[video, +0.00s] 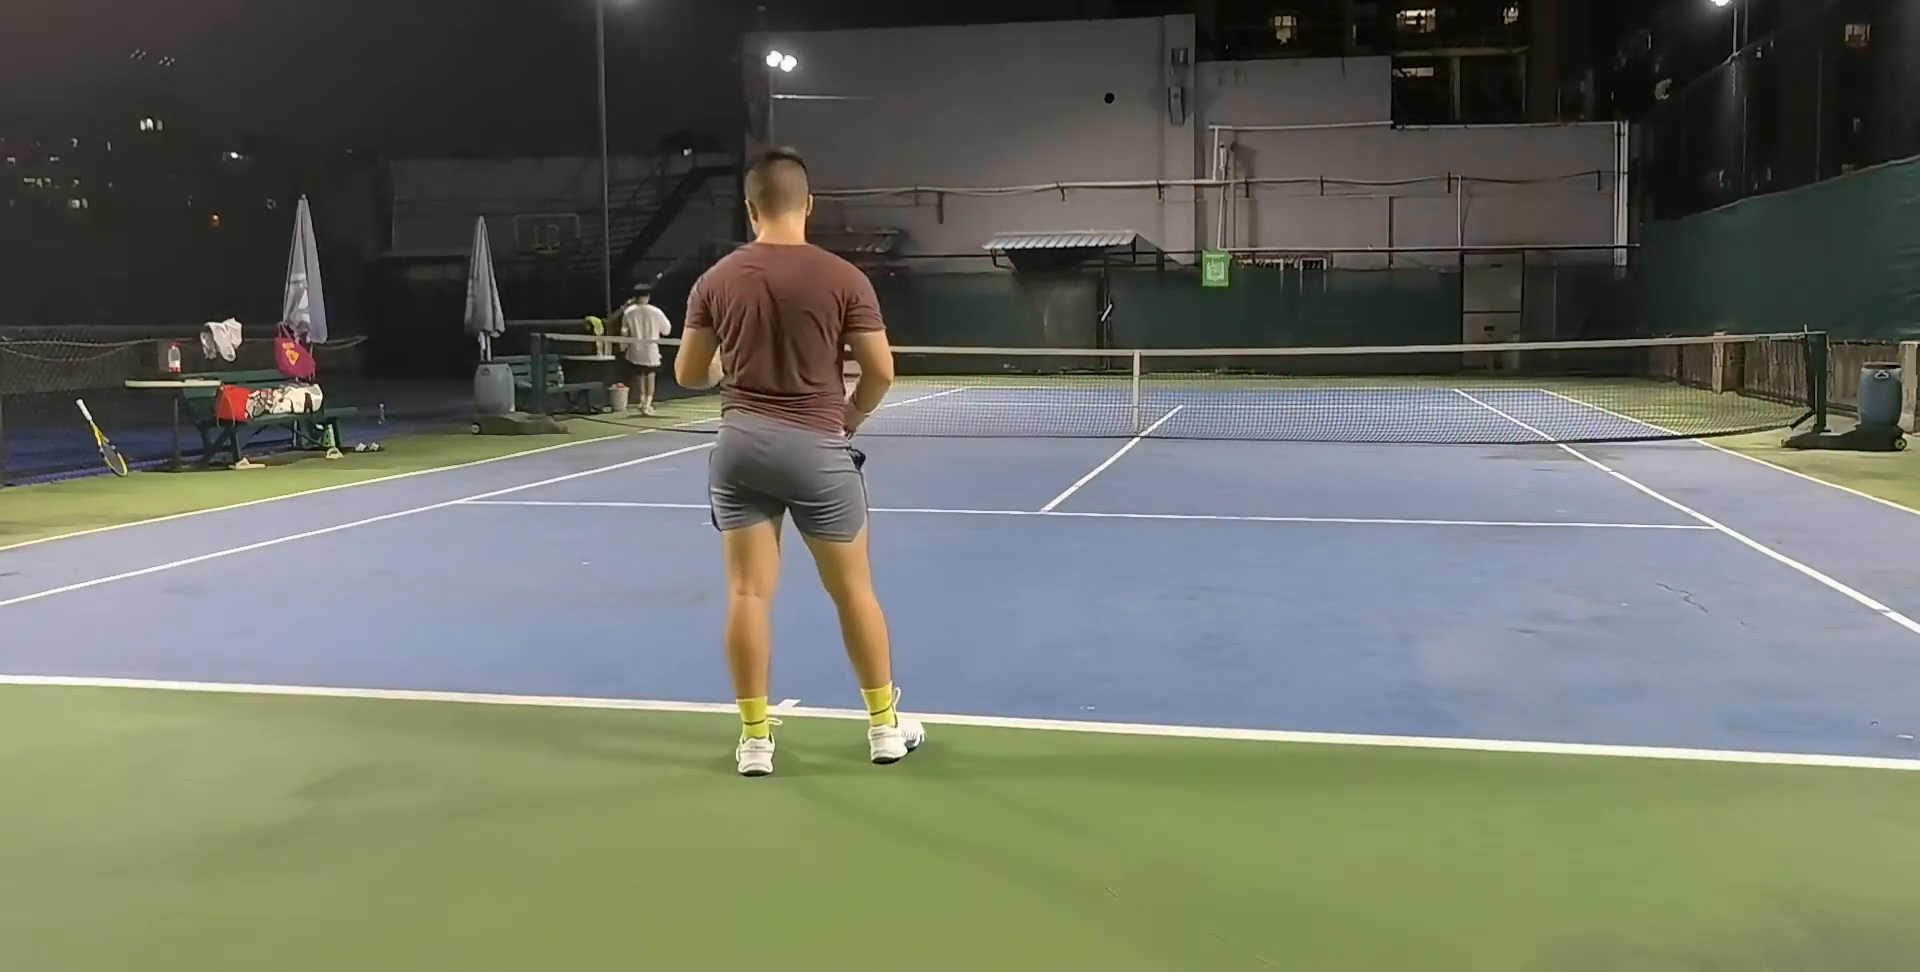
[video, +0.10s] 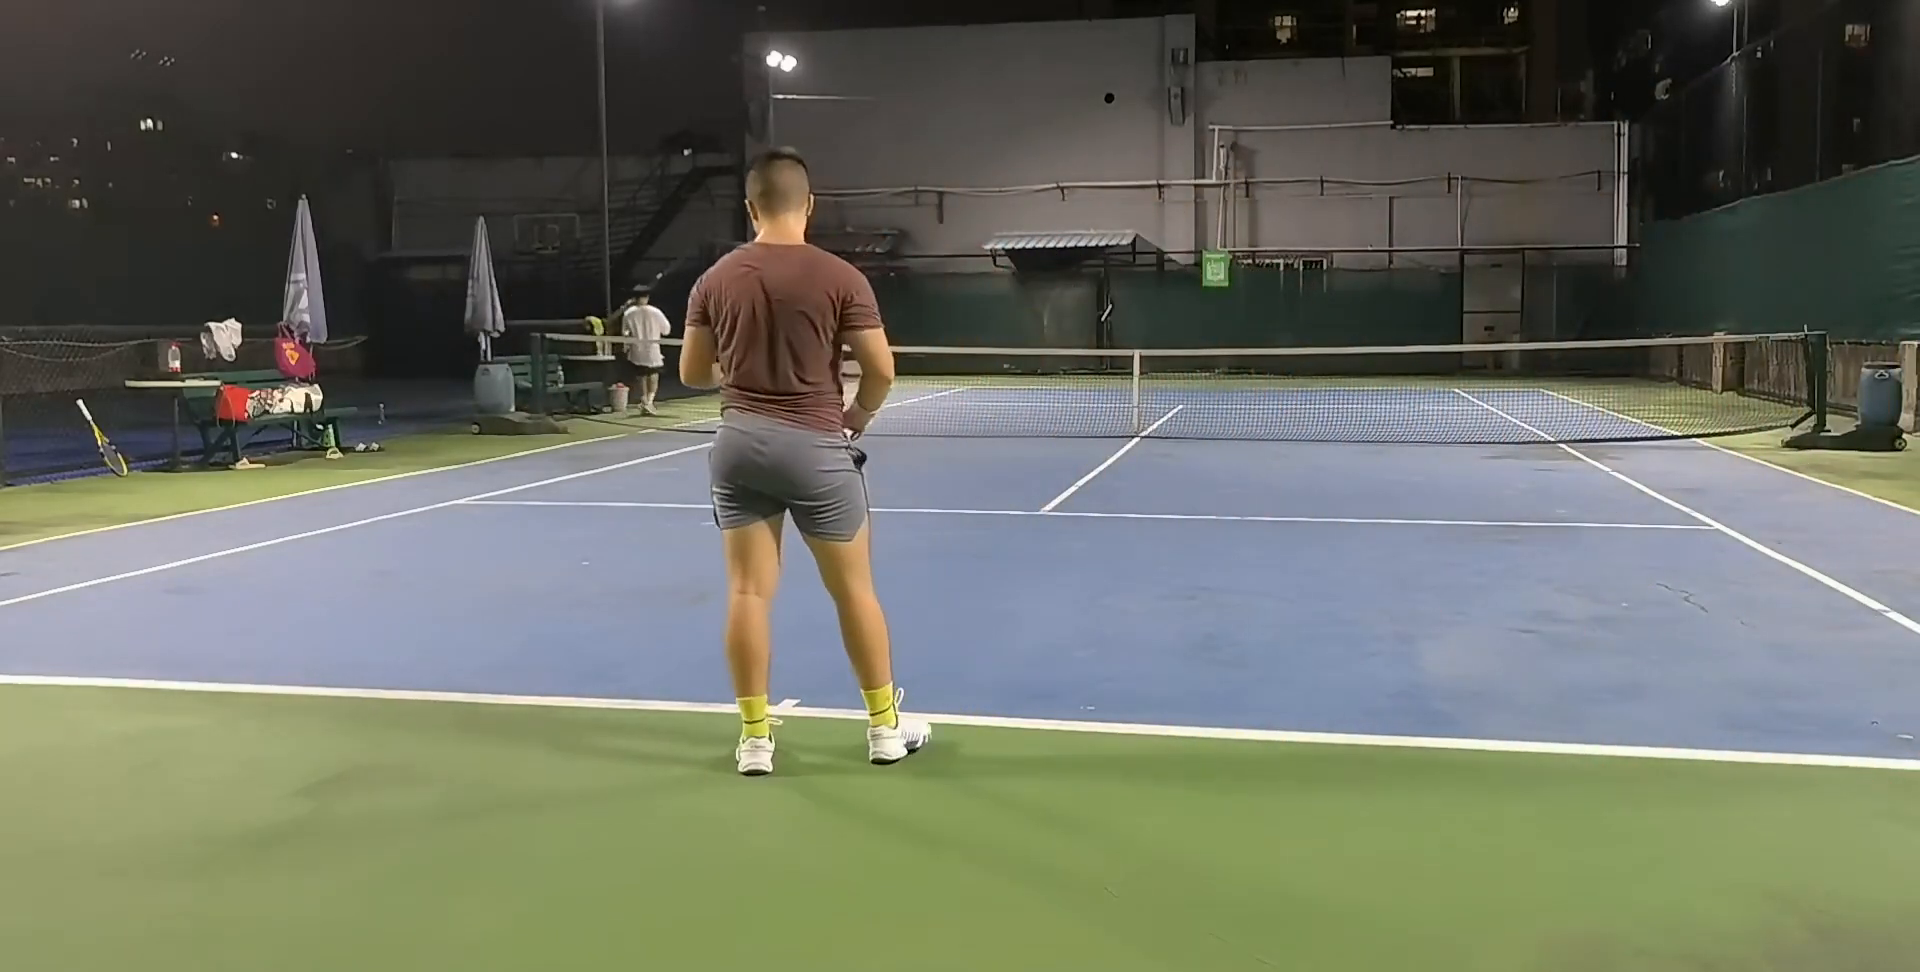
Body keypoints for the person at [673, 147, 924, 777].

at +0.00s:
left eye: (750, 204)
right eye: (808, 201)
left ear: (750, 207)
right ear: (809, 205)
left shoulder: (717, 281)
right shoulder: (844, 278)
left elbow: (688, 374)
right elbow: (880, 371)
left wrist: (732, 360)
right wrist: (849, 418)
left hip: (742, 442)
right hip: (821, 448)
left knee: (748, 592)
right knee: (854, 589)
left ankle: (755, 739)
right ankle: (884, 727)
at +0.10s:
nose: (804, 211)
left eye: (751, 204)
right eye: (810, 202)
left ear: (749, 208)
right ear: (809, 206)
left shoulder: (715, 281)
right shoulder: (842, 278)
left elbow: (693, 373)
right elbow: (880, 370)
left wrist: (743, 362)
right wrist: (856, 420)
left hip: (740, 442)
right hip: (819, 446)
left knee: (748, 590)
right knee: (854, 590)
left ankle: (755, 738)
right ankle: (885, 727)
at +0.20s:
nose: (810, 210)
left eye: (756, 204)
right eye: (815, 201)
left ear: (754, 207)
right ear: (813, 206)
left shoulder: (719, 280)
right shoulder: (843, 278)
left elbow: (697, 372)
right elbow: (884, 368)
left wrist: (751, 364)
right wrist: (865, 421)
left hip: (743, 441)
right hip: (821, 445)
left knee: (750, 590)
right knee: (856, 590)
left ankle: (755, 739)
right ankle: (887, 728)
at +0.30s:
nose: (818, 210)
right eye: (823, 201)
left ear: (762, 206)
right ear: (821, 205)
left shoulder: (728, 278)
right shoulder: (851, 277)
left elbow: (705, 370)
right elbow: (888, 368)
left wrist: (759, 364)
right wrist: (875, 423)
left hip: (751, 439)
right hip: (829, 444)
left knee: (754, 588)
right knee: (861, 591)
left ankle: (755, 738)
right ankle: (890, 729)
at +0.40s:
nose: (828, 208)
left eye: (778, 200)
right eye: (833, 200)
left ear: (773, 205)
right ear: (832, 204)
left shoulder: (741, 277)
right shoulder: (862, 277)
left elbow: (715, 368)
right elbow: (898, 366)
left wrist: (767, 356)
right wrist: (888, 422)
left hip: (762, 439)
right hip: (841, 444)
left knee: (761, 585)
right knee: (868, 591)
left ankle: (755, 736)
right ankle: (892, 729)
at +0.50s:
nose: (842, 208)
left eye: (800, 200)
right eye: (845, 199)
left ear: (788, 204)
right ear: (847, 203)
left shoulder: (755, 273)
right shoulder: (877, 274)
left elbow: (731, 366)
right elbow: (913, 363)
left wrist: (783, 367)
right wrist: (903, 416)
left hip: (779, 438)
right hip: (856, 442)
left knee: (769, 583)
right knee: (876, 591)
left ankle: (756, 731)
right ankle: (892, 729)